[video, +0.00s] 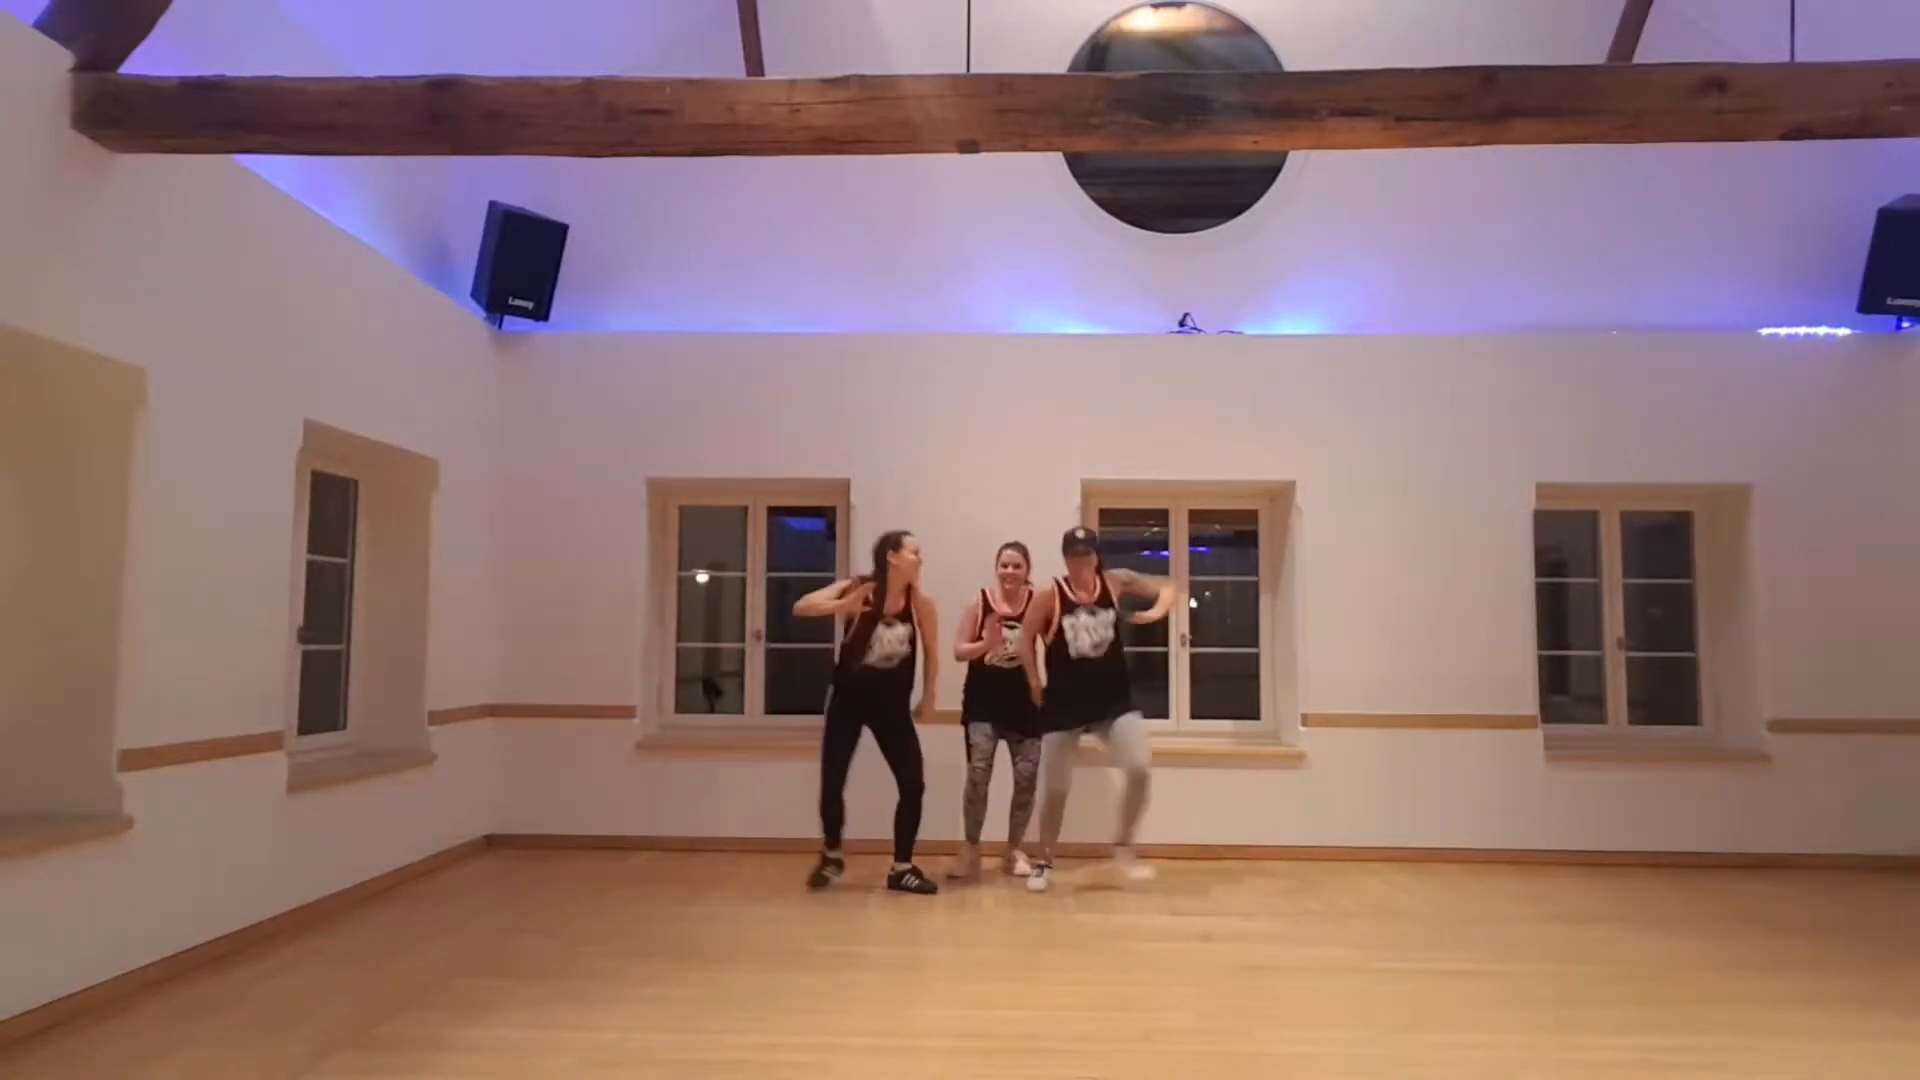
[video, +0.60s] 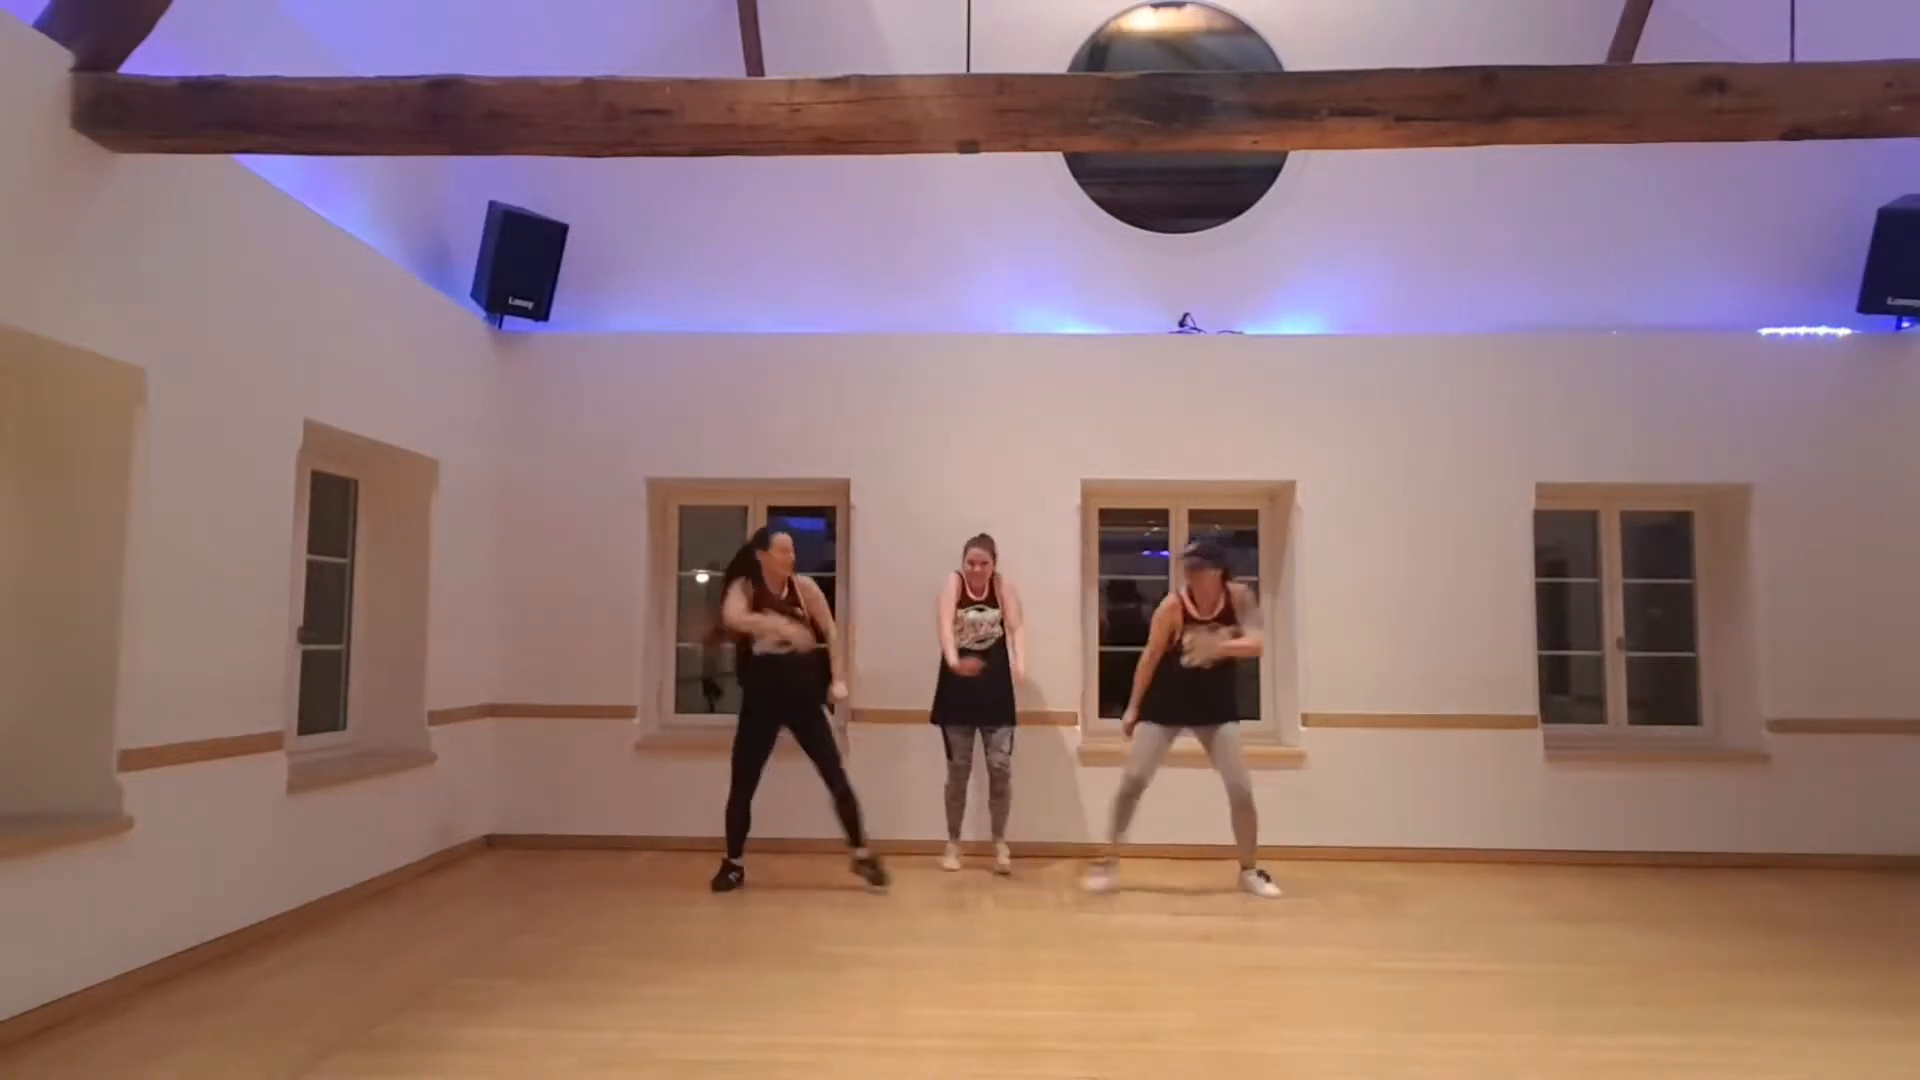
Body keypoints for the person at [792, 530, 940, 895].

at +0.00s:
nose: (920, 558)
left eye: (919, 552)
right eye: (913, 552)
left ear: (900, 559)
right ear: (890, 557)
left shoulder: (921, 604)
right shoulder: (858, 590)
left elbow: (930, 652)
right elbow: (801, 607)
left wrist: (928, 696)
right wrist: (843, 605)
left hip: (891, 702)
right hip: (848, 699)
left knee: (912, 782)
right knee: (831, 782)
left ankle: (902, 867)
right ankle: (832, 858)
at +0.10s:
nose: (895, 549)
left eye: (895, 543)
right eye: (888, 544)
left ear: (887, 551)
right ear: (865, 550)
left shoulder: (903, 590)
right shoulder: (838, 586)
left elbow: (916, 636)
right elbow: (820, 616)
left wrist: (920, 682)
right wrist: (871, 608)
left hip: (885, 698)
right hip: (842, 696)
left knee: (904, 779)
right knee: (813, 772)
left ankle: (905, 864)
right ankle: (795, 846)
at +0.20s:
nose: (869, 559)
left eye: (869, 553)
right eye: (861, 554)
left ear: (866, 559)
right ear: (840, 559)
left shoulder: (882, 592)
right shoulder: (819, 597)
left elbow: (895, 640)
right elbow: (850, 626)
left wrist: (914, 679)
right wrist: (893, 616)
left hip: (880, 705)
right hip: (837, 706)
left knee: (905, 788)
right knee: (796, 780)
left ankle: (912, 864)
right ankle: (755, 852)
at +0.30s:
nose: (845, 581)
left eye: (845, 575)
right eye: (838, 576)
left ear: (844, 581)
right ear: (818, 582)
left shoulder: (853, 617)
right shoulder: (799, 614)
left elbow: (875, 660)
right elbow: (839, 625)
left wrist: (901, 698)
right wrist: (889, 623)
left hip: (868, 722)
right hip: (824, 724)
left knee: (904, 794)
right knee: (780, 800)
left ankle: (911, 868)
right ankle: (736, 862)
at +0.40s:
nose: (824, 588)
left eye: (823, 582)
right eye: (817, 581)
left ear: (820, 588)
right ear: (794, 586)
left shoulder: (829, 621)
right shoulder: (773, 622)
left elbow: (855, 670)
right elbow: (811, 632)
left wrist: (883, 712)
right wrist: (858, 628)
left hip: (844, 725)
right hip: (800, 728)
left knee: (887, 794)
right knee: (758, 803)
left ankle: (909, 869)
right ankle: (735, 865)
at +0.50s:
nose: (803, 575)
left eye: (804, 568)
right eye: (797, 568)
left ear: (801, 572)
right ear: (774, 571)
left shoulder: (815, 604)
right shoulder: (753, 603)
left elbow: (838, 651)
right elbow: (775, 620)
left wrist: (858, 698)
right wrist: (832, 618)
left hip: (820, 714)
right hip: (777, 717)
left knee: (860, 786)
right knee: (748, 797)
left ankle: (898, 861)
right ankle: (734, 865)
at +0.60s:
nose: (791, 557)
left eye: (792, 550)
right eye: (783, 551)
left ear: (792, 554)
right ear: (762, 555)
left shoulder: (806, 587)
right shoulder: (744, 587)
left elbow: (832, 634)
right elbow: (734, 616)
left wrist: (839, 679)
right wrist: (780, 627)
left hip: (803, 697)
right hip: (761, 697)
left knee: (835, 776)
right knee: (742, 784)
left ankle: (861, 852)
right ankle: (733, 863)